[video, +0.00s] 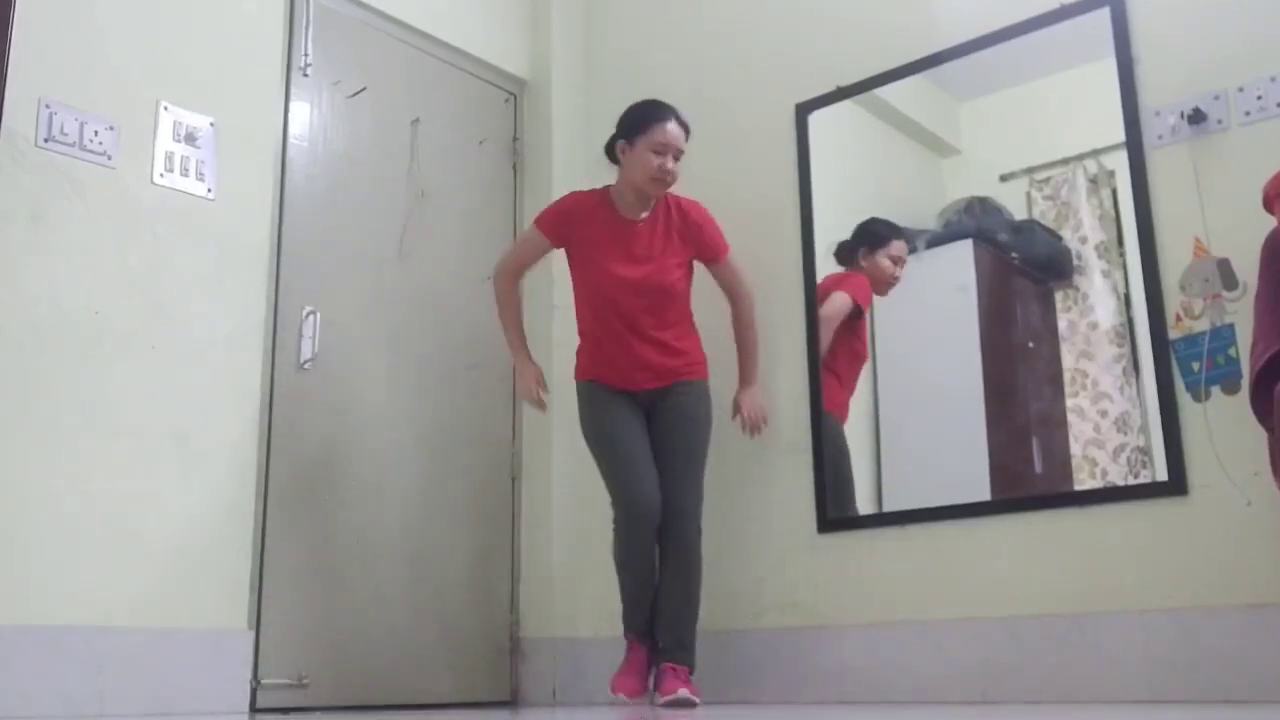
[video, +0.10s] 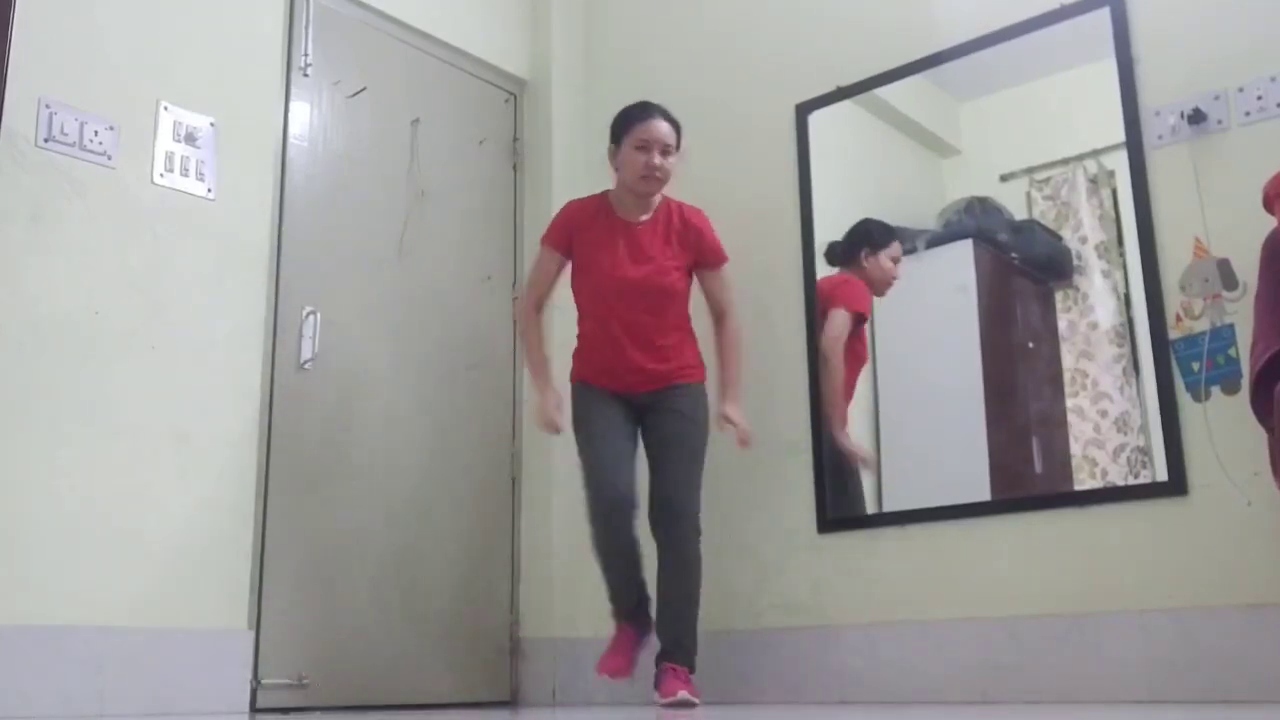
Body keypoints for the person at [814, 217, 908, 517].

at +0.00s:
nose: (899, 273)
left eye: (903, 265)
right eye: (894, 261)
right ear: (864, 256)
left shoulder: (829, 283)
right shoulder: (858, 283)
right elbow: (827, 315)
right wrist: (811, 370)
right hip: (825, 417)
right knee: (842, 516)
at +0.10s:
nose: (897, 272)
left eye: (898, 262)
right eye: (893, 260)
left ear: (866, 258)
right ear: (866, 257)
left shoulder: (823, 287)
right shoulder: (852, 287)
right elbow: (830, 345)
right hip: (825, 434)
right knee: (849, 526)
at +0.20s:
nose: (889, 273)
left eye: (890, 263)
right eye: (886, 260)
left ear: (860, 258)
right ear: (863, 258)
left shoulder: (822, 289)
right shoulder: (846, 288)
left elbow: (825, 396)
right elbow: (843, 367)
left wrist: (877, 432)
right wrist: (884, 426)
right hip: (824, 431)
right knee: (851, 526)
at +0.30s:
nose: (884, 267)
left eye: (884, 257)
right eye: (881, 256)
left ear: (855, 253)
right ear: (861, 253)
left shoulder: (821, 285)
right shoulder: (846, 284)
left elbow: (833, 383)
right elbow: (865, 365)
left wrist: (885, 387)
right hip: (819, 423)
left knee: (833, 518)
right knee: (842, 518)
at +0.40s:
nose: (880, 266)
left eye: (880, 256)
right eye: (877, 254)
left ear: (850, 253)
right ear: (858, 252)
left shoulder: (820, 285)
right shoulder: (844, 283)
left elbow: (843, 377)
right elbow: (878, 362)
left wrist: (908, 354)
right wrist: (919, 344)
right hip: (815, 423)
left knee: (826, 517)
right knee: (830, 517)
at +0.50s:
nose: (872, 273)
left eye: (872, 263)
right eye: (869, 263)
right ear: (851, 262)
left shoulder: (823, 294)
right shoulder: (832, 292)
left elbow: (851, 383)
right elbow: (874, 369)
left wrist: (914, 353)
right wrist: (921, 348)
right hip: (807, 435)